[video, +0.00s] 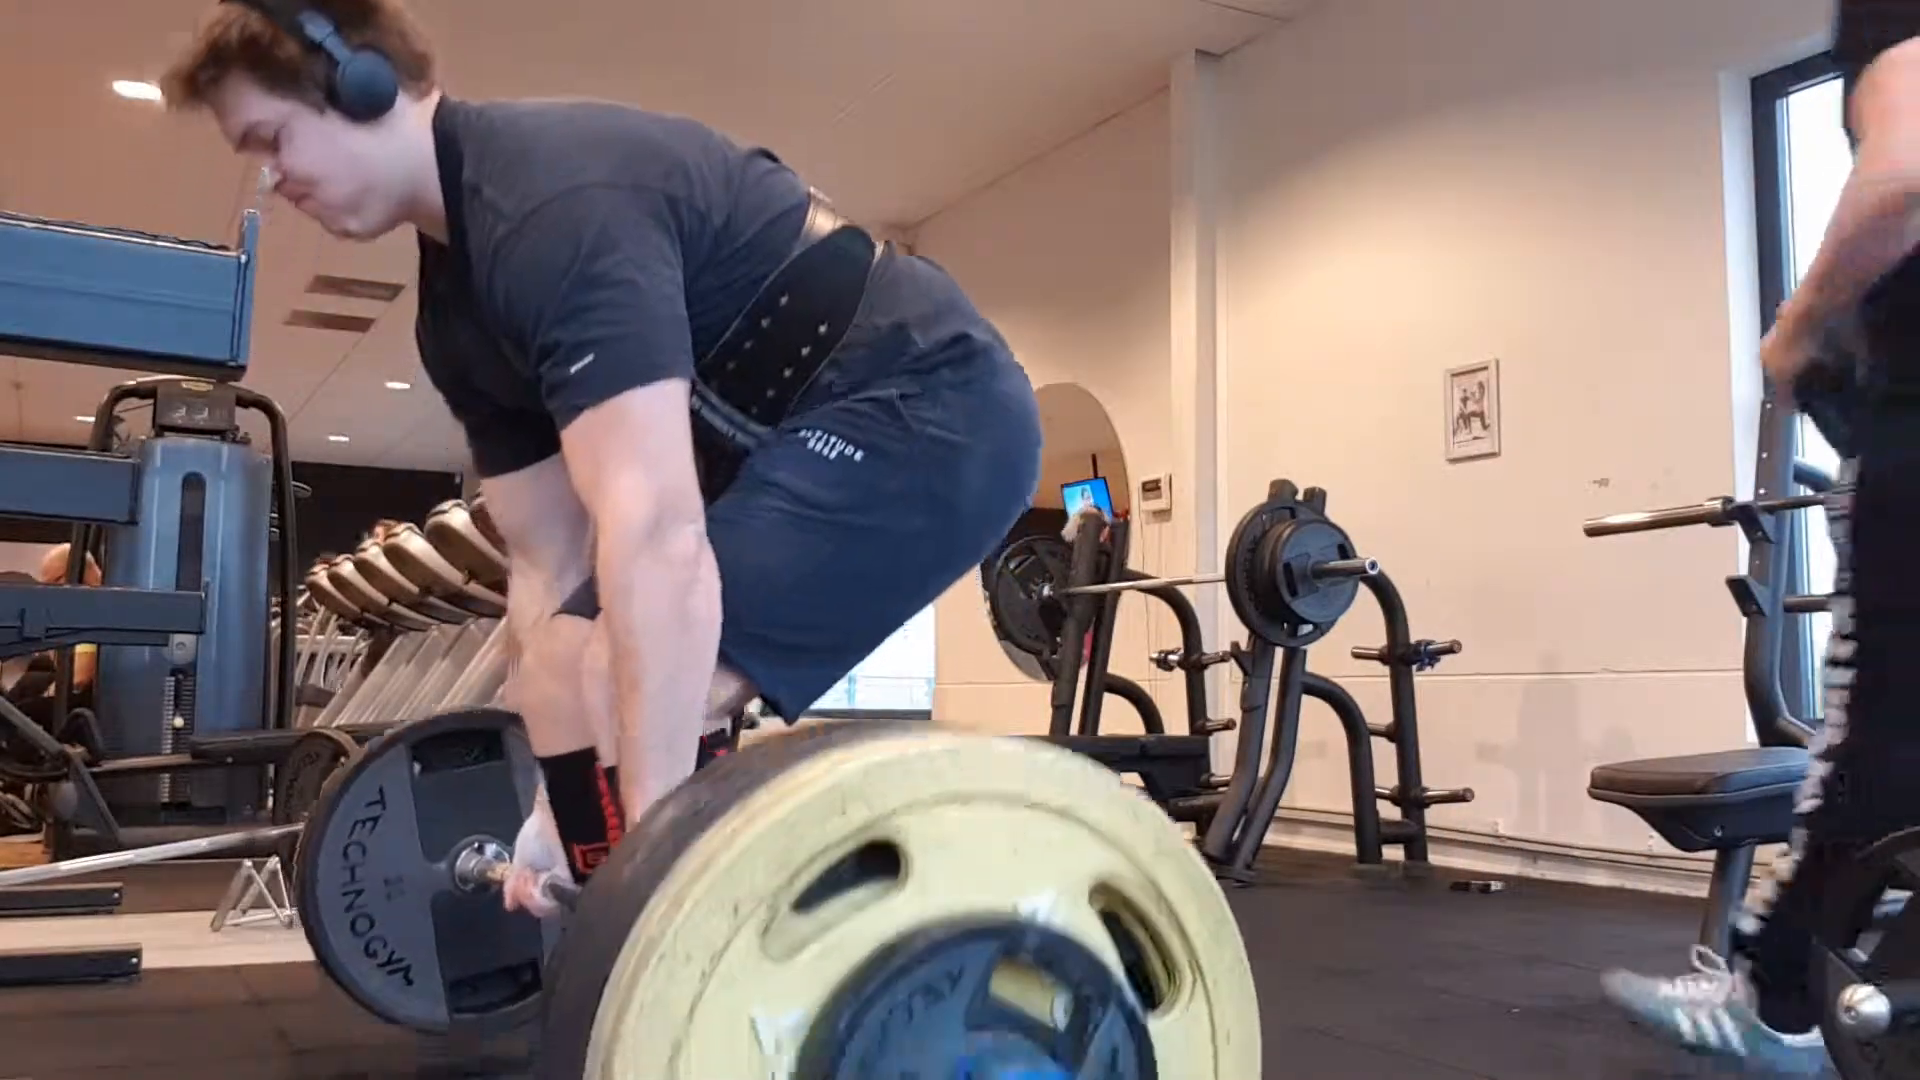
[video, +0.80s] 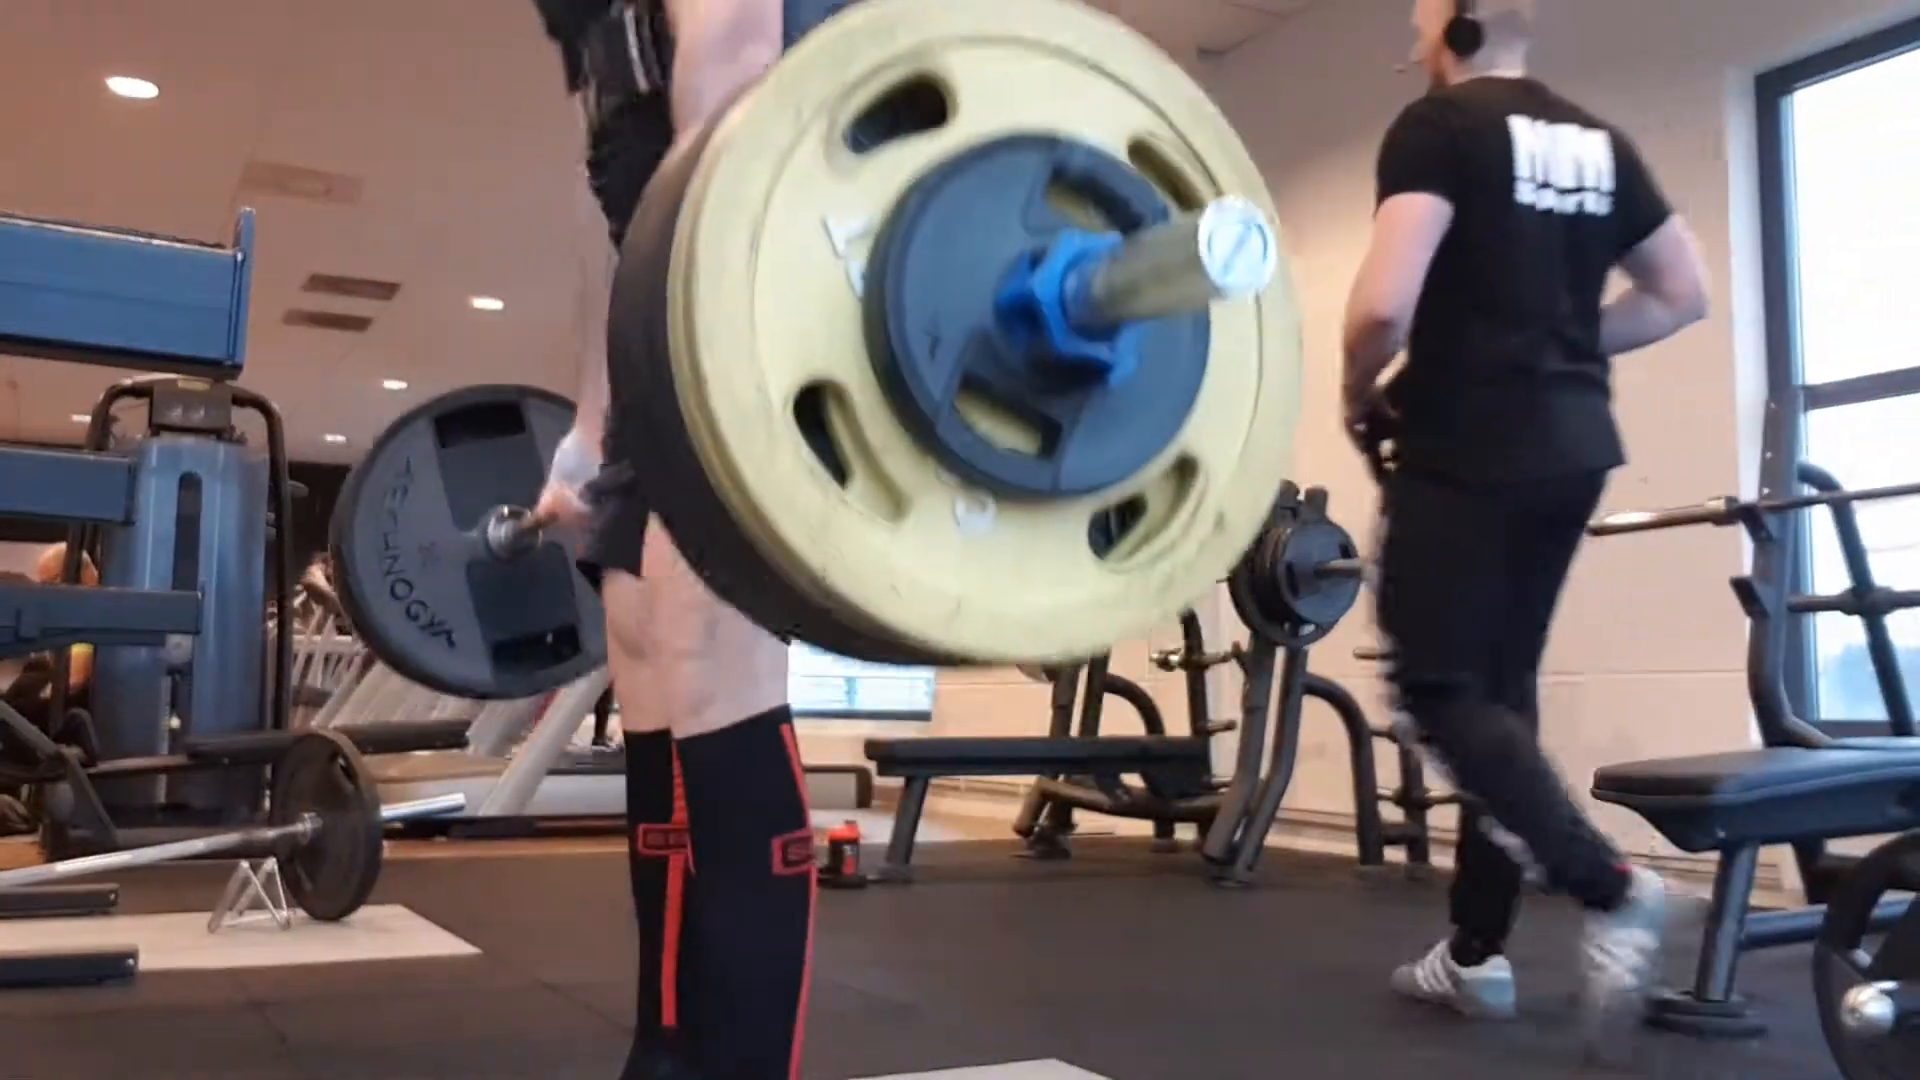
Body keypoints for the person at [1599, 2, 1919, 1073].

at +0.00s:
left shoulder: (1883, 14)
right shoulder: (1877, 25)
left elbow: (1896, 183)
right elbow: (1894, 184)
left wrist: (1801, 319)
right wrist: (1820, 316)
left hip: (1903, 429)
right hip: (1895, 425)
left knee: (1874, 709)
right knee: (1874, 704)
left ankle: (1784, 996)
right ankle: (1783, 987)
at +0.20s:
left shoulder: (1750, 21)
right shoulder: (1896, 28)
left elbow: (1739, 233)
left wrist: (1685, 361)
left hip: (1788, 439)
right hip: (1897, 429)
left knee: (1761, 722)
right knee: (1894, 690)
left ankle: (1755, 1018)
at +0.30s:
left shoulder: (1670, 36)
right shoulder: (1866, 38)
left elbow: (1640, 250)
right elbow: (1900, 226)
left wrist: (1615, 351)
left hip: (1739, 400)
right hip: (1864, 394)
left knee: (1731, 697)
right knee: (1772, 661)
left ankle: (1754, 1017)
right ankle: (1885, 833)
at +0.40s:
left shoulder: (1607, 50)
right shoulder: (1802, 41)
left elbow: (1550, 263)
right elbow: (1910, 195)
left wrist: (1539, 345)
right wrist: (1804, 267)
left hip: (1682, 404)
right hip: (1805, 396)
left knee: (1706, 700)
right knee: (1723, 669)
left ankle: (1755, 1015)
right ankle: (1756, 956)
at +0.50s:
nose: (1539, 29)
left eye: (1539, 22)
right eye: (1544, 24)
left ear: (1563, 9)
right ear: (1655, 1)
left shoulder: (1555, 72)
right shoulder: (1757, 67)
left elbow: (1474, 283)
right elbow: (1865, 223)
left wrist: (1482, 356)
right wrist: (1745, 291)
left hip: (1630, 421)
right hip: (1752, 419)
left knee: (1676, 703)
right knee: (1628, 677)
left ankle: (1753, 1013)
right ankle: (1587, 961)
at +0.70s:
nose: (1460, 36)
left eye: (1463, 23)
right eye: (1467, 24)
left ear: (1485, 25)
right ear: (1569, 25)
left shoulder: (1472, 115)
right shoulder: (1651, 122)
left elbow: (1397, 306)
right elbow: (1755, 275)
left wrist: (1398, 391)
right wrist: (1631, 332)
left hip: (1521, 444)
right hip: (1626, 445)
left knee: (1555, 702)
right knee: (1532, 692)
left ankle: (1718, 970)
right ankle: (1483, 954)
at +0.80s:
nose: (1414, 42)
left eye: (1420, 25)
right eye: (1419, 25)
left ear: (1448, 30)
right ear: (1520, 31)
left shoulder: (1437, 125)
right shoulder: (1597, 137)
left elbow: (1383, 307)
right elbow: (1679, 295)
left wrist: (1357, 390)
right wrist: (1568, 335)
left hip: (1467, 441)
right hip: (1570, 442)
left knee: (1438, 693)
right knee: (1500, 694)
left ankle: (1615, 894)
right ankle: (1475, 954)